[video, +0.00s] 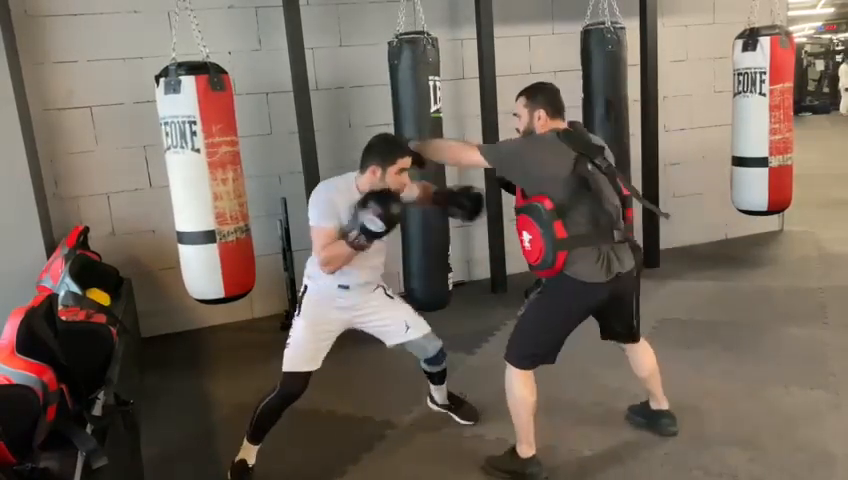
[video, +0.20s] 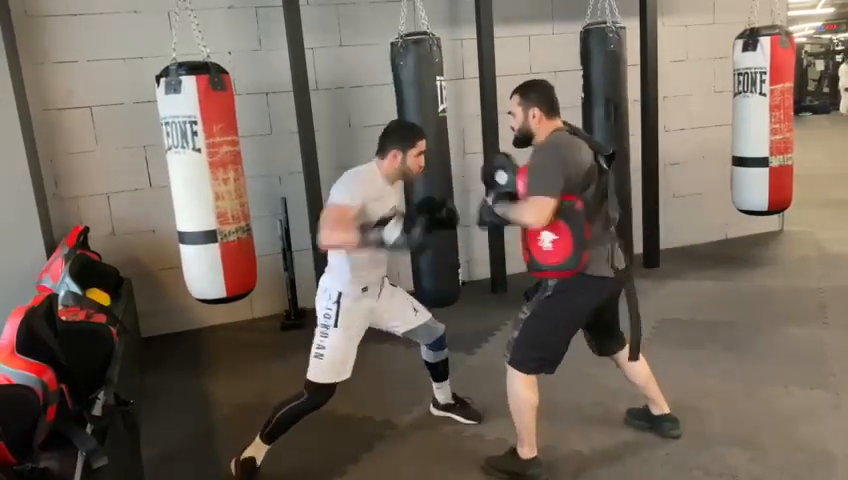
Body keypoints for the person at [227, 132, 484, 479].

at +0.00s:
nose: (407, 180)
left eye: (407, 172)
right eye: (402, 172)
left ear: (379, 172)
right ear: (376, 171)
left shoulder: (388, 192)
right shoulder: (327, 195)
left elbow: (421, 192)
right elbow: (327, 261)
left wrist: (452, 198)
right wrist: (367, 230)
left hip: (371, 293)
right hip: (323, 298)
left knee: (433, 351)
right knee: (292, 386)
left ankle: (440, 398)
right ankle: (245, 458)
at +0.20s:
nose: (423, 162)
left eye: (423, 154)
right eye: (419, 154)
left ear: (396, 155)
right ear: (395, 155)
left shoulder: (396, 185)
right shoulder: (353, 183)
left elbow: (388, 228)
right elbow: (328, 237)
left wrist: (423, 223)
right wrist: (382, 233)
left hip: (378, 289)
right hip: (343, 296)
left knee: (433, 335)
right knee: (319, 393)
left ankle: (444, 401)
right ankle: (253, 454)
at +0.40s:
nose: (424, 150)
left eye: (426, 143)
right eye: (422, 142)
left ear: (395, 139)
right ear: (400, 138)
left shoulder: (381, 164)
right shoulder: (376, 159)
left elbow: (389, 228)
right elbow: (410, 203)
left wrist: (413, 195)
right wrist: (454, 191)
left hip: (372, 276)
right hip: (343, 281)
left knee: (413, 338)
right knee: (326, 383)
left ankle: (443, 402)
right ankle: (255, 452)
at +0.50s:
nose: (409, 167)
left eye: (415, 162)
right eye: (409, 160)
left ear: (399, 154)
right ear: (392, 150)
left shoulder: (389, 170)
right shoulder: (352, 171)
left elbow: (426, 216)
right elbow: (390, 231)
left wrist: (423, 176)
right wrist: (402, 184)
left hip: (371, 282)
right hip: (333, 284)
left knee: (417, 341)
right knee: (325, 383)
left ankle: (441, 402)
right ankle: (284, 468)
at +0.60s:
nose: (397, 171)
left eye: (401, 165)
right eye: (395, 164)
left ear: (388, 158)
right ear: (379, 155)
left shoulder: (380, 177)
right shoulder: (337, 180)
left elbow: (413, 227)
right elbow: (379, 236)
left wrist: (412, 184)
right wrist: (393, 190)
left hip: (370, 284)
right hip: (330, 291)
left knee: (424, 341)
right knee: (320, 386)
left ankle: (440, 402)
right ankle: (280, 470)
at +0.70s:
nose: (401, 164)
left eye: (405, 159)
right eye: (399, 157)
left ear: (396, 153)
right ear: (384, 146)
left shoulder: (388, 175)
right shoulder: (340, 173)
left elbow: (410, 228)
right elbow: (369, 235)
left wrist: (418, 183)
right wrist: (390, 188)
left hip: (375, 283)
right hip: (331, 289)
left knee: (428, 342)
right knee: (312, 383)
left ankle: (445, 402)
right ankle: (277, 468)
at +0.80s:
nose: (412, 170)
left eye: (416, 166)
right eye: (412, 163)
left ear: (402, 160)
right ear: (399, 154)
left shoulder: (393, 183)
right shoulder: (361, 170)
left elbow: (417, 233)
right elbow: (385, 233)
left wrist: (429, 191)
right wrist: (409, 193)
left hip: (371, 285)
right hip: (332, 287)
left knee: (424, 340)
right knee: (319, 390)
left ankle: (444, 401)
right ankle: (262, 455)